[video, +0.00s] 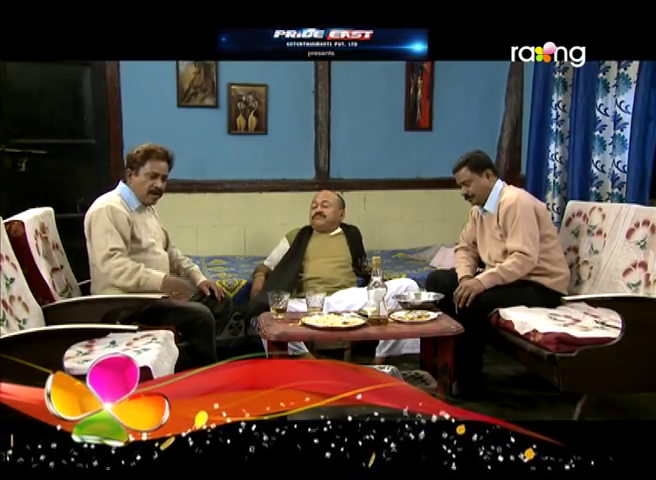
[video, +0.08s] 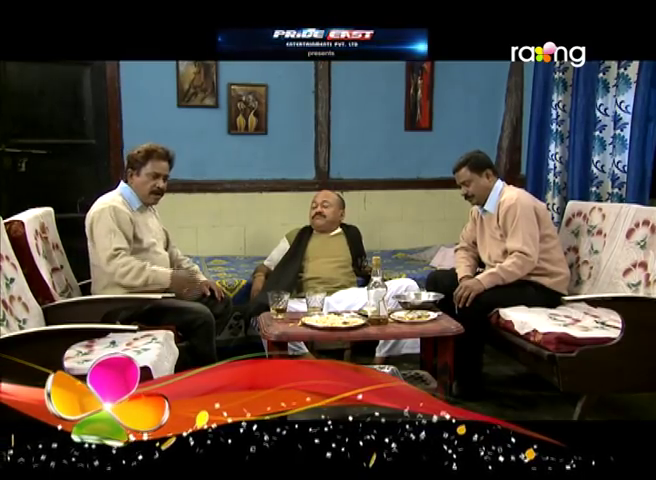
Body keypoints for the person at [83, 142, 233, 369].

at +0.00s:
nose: (159, 185)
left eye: (163, 179)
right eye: (152, 177)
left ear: (168, 181)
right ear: (131, 175)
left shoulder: (146, 211)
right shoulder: (107, 209)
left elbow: (170, 253)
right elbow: (113, 268)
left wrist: (199, 279)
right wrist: (163, 282)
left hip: (153, 300)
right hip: (125, 307)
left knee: (218, 302)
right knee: (200, 317)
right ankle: (205, 387)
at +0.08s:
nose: (161, 185)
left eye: (165, 179)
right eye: (154, 177)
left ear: (169, 180)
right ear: (132, 175)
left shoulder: (147, 211)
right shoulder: (109, 209)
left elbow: (172, 255)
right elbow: (117, 267)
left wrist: (200, 279)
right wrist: (170, 280)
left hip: (155, 298)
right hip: (124, 305)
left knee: (218, 304)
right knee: (199, 317)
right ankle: (204, 388)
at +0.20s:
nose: (164, 185)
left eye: (167, 179)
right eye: (156, 177)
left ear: (171, 179)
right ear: (134, 176)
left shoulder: (147, 209)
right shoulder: (111, 209)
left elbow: (168, 252)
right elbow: (124, 266)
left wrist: (197, 278)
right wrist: (178, 270)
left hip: (156, 294)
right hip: (126, 303)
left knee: (219, 303)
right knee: (200, 317)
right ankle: (205, 385)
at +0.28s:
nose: (165, 186)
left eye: (169, 179)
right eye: (158, 178)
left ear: (172, 180)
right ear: (136, 176)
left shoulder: (148, 211)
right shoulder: (112, 210)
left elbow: (170, 257)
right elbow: (128, 266)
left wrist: (200, 280)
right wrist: (178, 261)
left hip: (158, 295)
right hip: (127, 304)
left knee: (219, 303)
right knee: (200, 317)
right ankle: (206, 384)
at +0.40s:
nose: (169, 187)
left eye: (172, 180)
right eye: (162, 179)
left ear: (176, 181)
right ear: (139, 177)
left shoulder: (151, 213)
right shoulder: (114, 209)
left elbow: (174, 258)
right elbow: (130, 263)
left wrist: (200, 280)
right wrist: (160, 247)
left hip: (158, 294)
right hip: (127, 303)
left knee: (218, 303)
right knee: (200, 318)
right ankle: (205, 383)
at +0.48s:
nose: (170, 187)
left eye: (174, 181)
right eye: (163, 179)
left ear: (177, 182)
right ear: (141, 177)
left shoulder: (151, 211)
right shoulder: (116, 209)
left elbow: (174, 257)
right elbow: (135, 260)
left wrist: (200, 280)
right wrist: (162, 244)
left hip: (158, 295)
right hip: (127, 304)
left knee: (218, 303)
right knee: (200, 318)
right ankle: (205, 384)